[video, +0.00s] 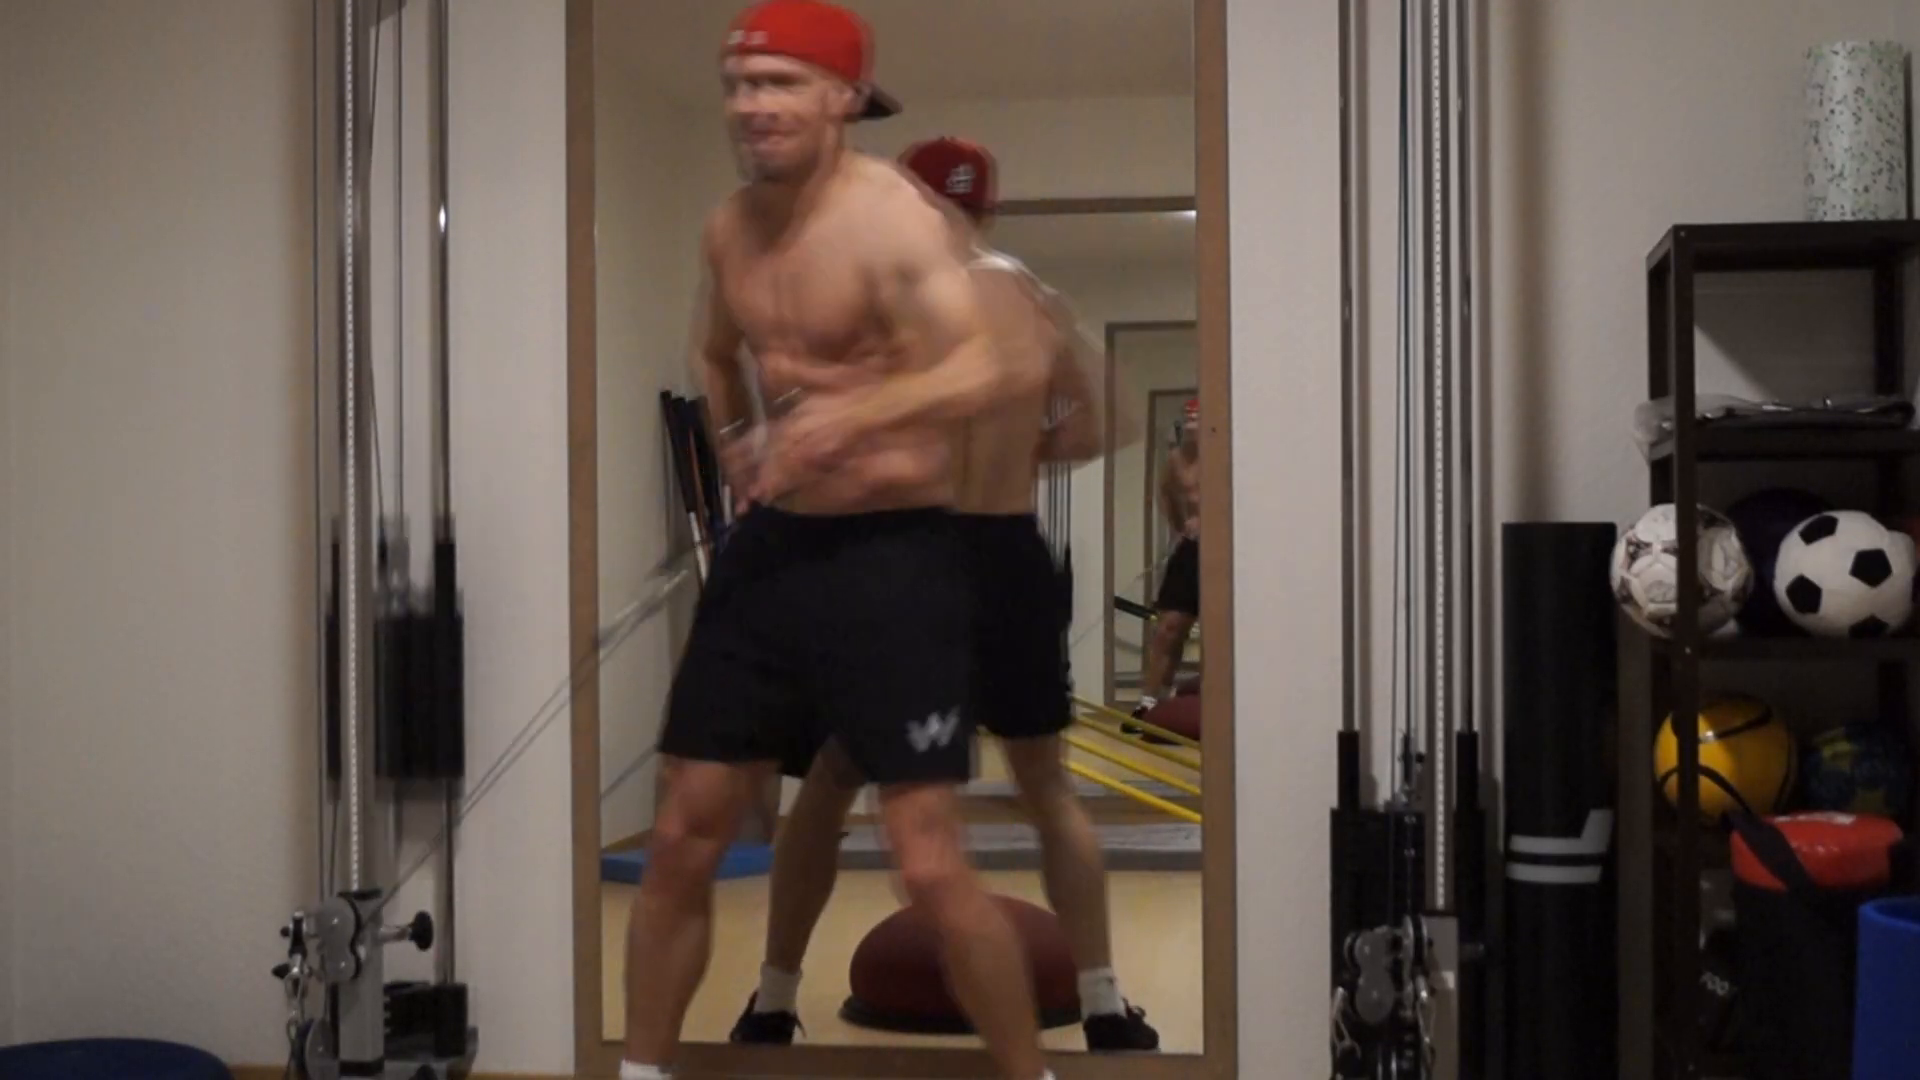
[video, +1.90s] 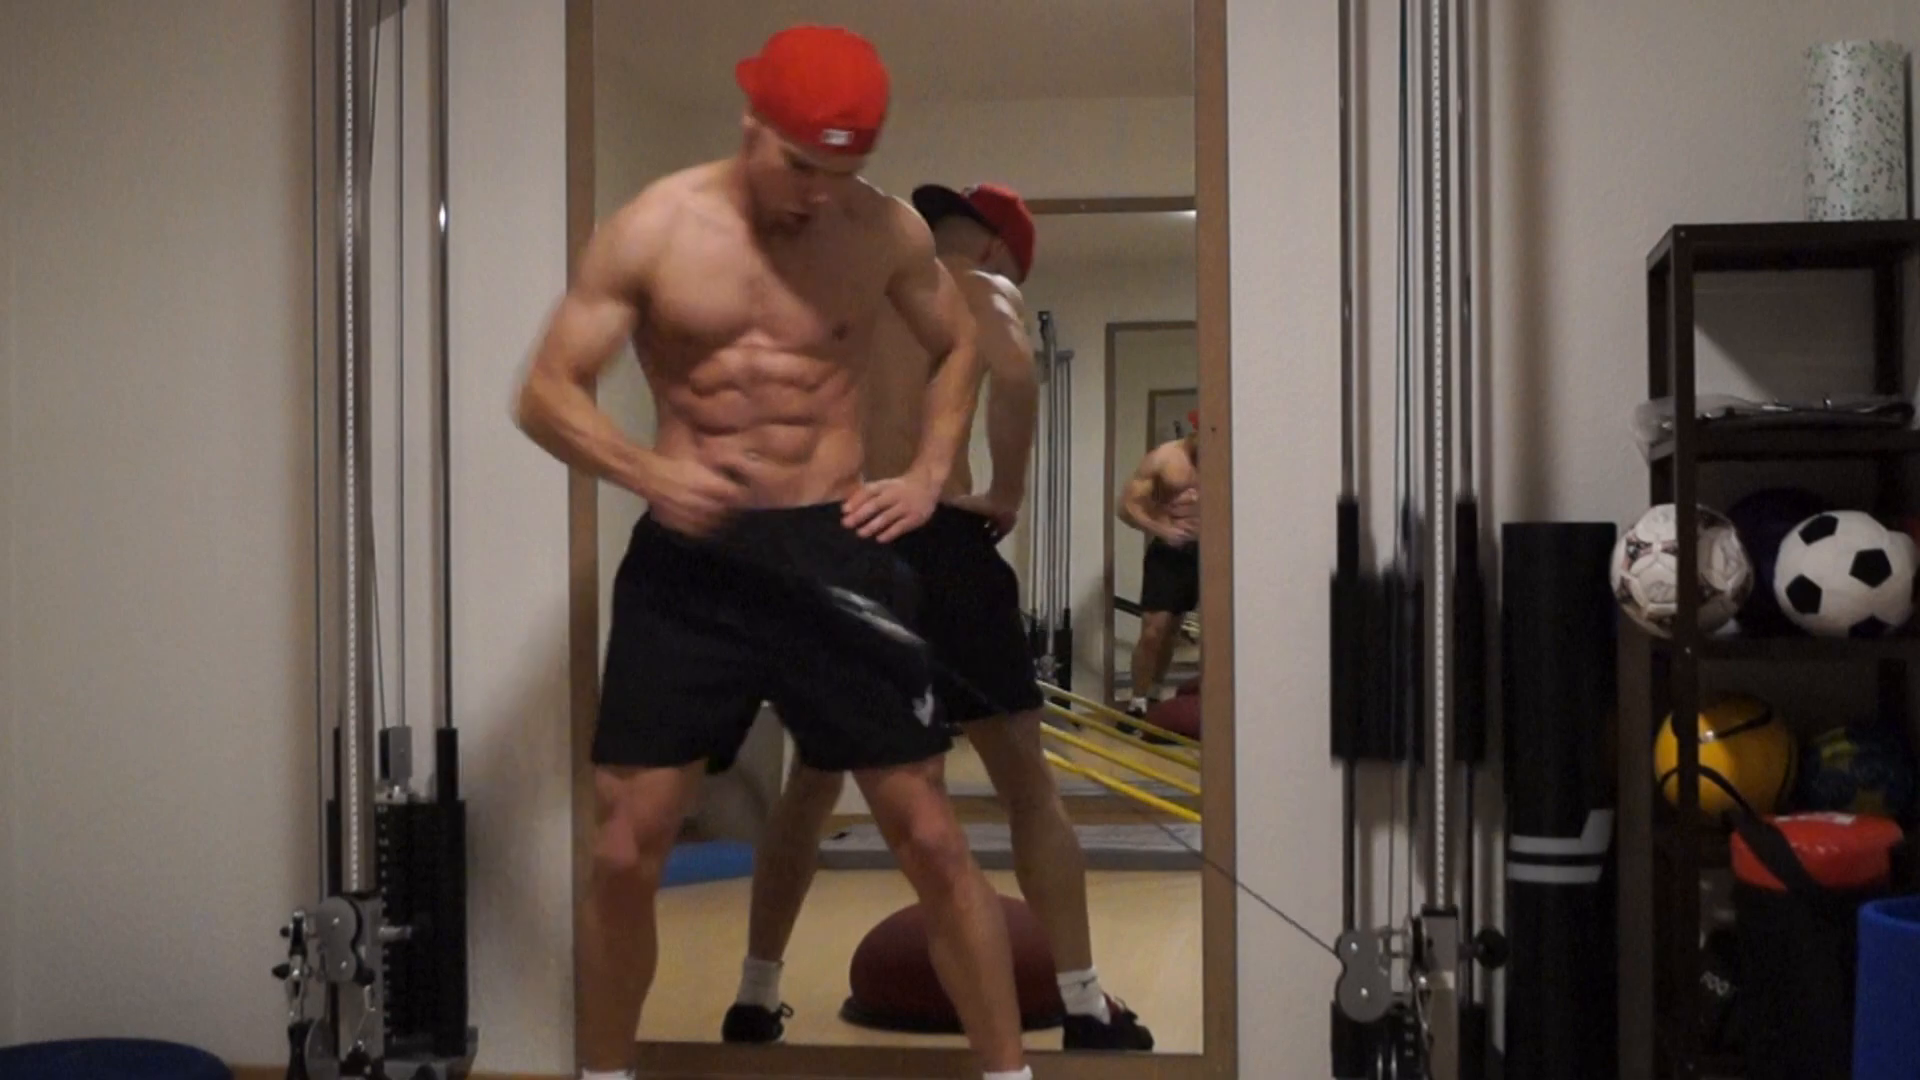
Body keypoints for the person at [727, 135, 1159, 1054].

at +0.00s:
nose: (906, 211)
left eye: (911, 195)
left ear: (914, 202)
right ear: (987, 207)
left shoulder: (877, 295)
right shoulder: (1032, 298)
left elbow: (837, 419)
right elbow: (1093, 427)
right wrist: (1015, 450)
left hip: (902, 561)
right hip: (1014, 559)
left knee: (827, 786)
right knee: (1050, 787)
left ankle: (774, 995)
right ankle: (1102, 1000)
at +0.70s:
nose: (965, 229)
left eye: (948, 215)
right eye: (966, 215)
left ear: (880, 208)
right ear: (963, 218)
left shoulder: (822, 282)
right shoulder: (981, 295)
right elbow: (1035, 361)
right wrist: (1005, 495)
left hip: (832, 554)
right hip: (948, 554)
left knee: (802, 799)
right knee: (1035, 792)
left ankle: (751, 1000)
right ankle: (1102, 1001)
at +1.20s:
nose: (1036, 227)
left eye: (1026, 214)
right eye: (1034, 213)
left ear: (947, 209)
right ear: (1020, 216)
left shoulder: (892, 276)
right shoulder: (1025, 293)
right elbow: (1032, 382)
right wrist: (1023, 500)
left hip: (880, 546)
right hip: (987, 550)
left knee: (821, 795)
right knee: (1056, 783)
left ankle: (753, 996)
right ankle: (1086, 1003)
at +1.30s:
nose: (1060, 246)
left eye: (1061, 229)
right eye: (1057, 228)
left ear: (980, 215)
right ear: (1023, 220)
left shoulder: (917, 279)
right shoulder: (1005, 287)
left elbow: (894, 445)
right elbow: (986, 432)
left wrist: (1027, 526)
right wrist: (1029, 529)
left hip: (885, 556)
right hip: (980, 555)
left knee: (828, 798)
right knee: (1059, 782)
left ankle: (754, 999)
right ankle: (1088, 1005)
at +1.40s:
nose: (1092, 260)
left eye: (1095, 244)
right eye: (1088, 240)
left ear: (1031, 224)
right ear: (1042, 224)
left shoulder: (986, 305)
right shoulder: (991, 291)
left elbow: (1019, 480)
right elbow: (953, 443)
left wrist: (1096, 553)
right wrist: (1010, 554)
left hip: (901, 567)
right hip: (966, 573)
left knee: (840, 793)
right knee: (1059, 781)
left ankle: (756, 994)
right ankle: (1087, 1004)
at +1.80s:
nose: (1029, 298)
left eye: (1035, 283)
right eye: (1031, 278)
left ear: (970, 245)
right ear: (1004, 252)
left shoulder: (896, 294)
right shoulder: (969, 301)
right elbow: (955, 420)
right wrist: (988, 524)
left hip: (874, 554)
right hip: (953, 561)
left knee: (833, 792)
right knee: (1034, 779)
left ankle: (762, 993)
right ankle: (1083, 1000)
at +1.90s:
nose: (1011, 288)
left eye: (1012, 277)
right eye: (1011, 274)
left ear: (926, 235)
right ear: (993, 253)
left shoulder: (852, 284)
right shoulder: (987, 289)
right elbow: (1016, 374)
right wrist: (1008, 493)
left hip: (837, 544)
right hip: (945, 546)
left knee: (811, 782)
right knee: (1025, 781)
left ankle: (757, 991)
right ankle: (1082, 1000)